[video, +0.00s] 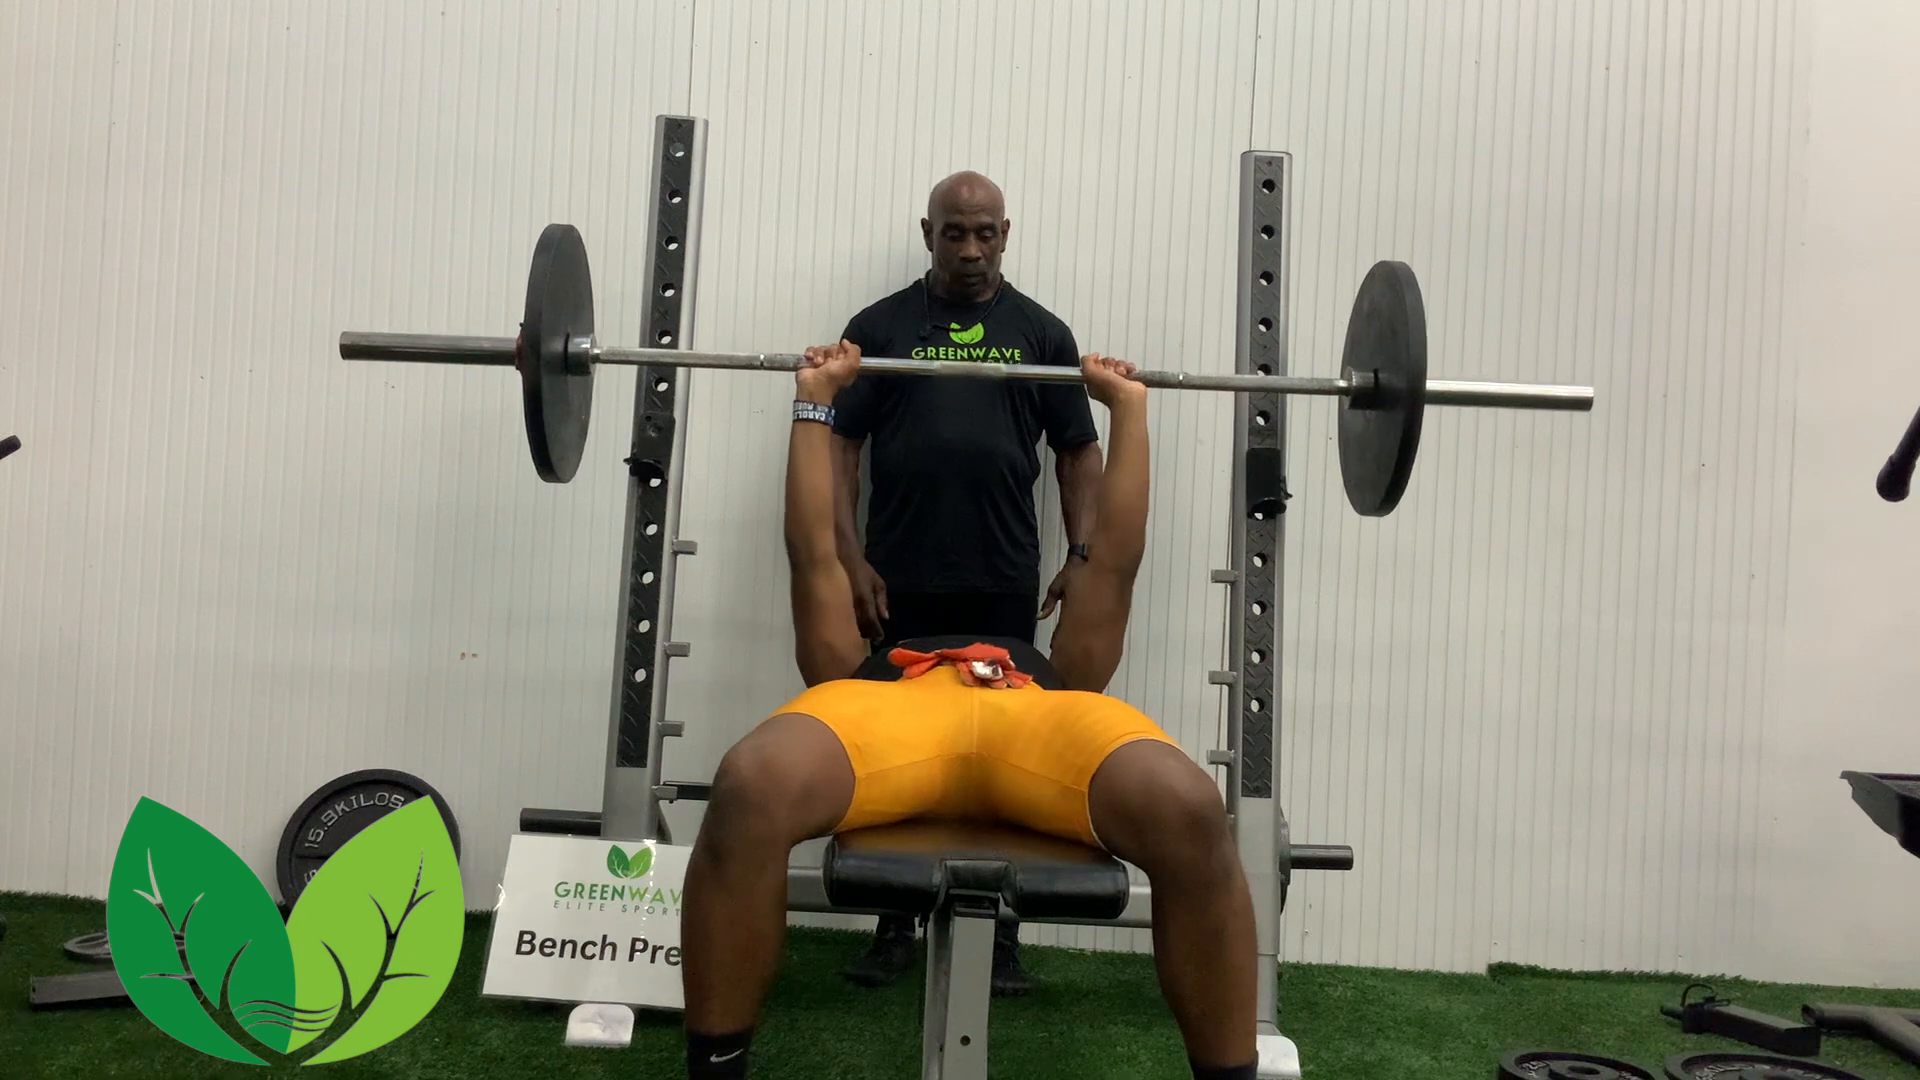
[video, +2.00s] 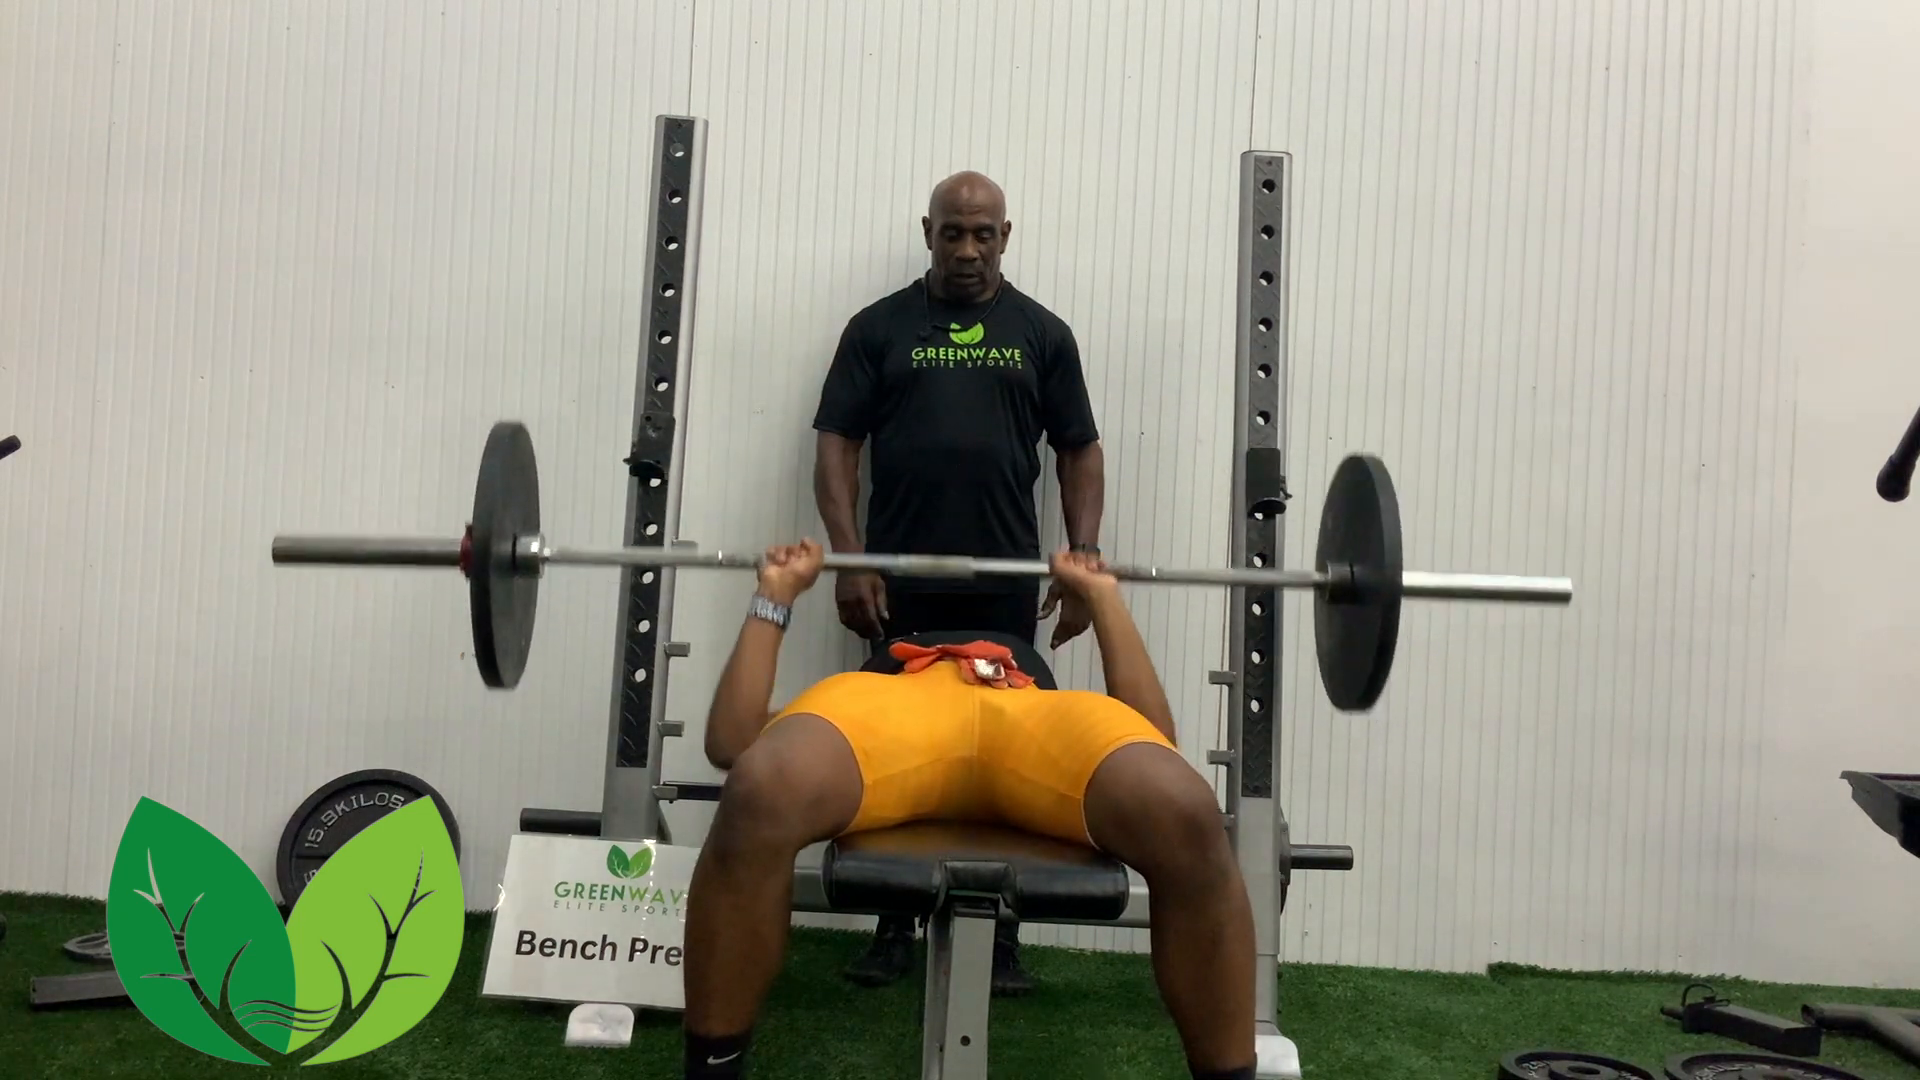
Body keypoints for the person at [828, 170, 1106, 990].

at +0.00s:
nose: (972, 249)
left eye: (987, 234)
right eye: (956, 233)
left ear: (1006, 237)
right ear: (927, 236)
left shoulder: (1043, 336)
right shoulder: (873, 333)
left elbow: (1077, 456)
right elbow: (842, 456)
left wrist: (1079, 555)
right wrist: (851, 558)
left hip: (1007, 582)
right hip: (899, 576)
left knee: (1010, 756)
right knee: (892, 750)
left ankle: (999, 929)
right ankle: (896, 920)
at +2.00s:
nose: (969, 249)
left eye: (985, 235)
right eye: (954, 233)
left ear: (1007, 239)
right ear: (928, 235)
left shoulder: (1041, 335)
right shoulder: (877, 330)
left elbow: (1079, 452)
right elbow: (836, 451)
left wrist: (1083, 560)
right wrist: (850, 562)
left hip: (1005, 591)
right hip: (903, 587)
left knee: (1011, 763)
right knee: (892, 757)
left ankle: (1000, 931)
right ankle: (895, 922)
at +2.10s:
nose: (969, 249)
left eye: (986, 235)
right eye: (954, 233)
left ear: (1007, 240)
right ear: (928, 234)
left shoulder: (1042, 335)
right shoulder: (877, 330)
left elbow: (1079, 452)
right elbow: (836, 448)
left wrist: (1085, 562)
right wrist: (849, 560)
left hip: (1004, 585)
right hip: (902, 582)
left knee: (1009, 753)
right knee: (891, 749)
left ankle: (998, 930)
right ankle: (895, 922)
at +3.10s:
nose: (968, 244)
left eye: (984, 231)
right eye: (952, 229)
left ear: (1006, 239)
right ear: (927, 235)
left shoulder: (1041, 336)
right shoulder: (877, 330)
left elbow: (1078, 451)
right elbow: (836, 451)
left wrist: (1082, 558)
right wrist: (851, 564)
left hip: (1007, 590)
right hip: (900, 586)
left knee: (1012, 764)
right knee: (890, 760)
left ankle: (1000, 932)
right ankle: (895, 923)